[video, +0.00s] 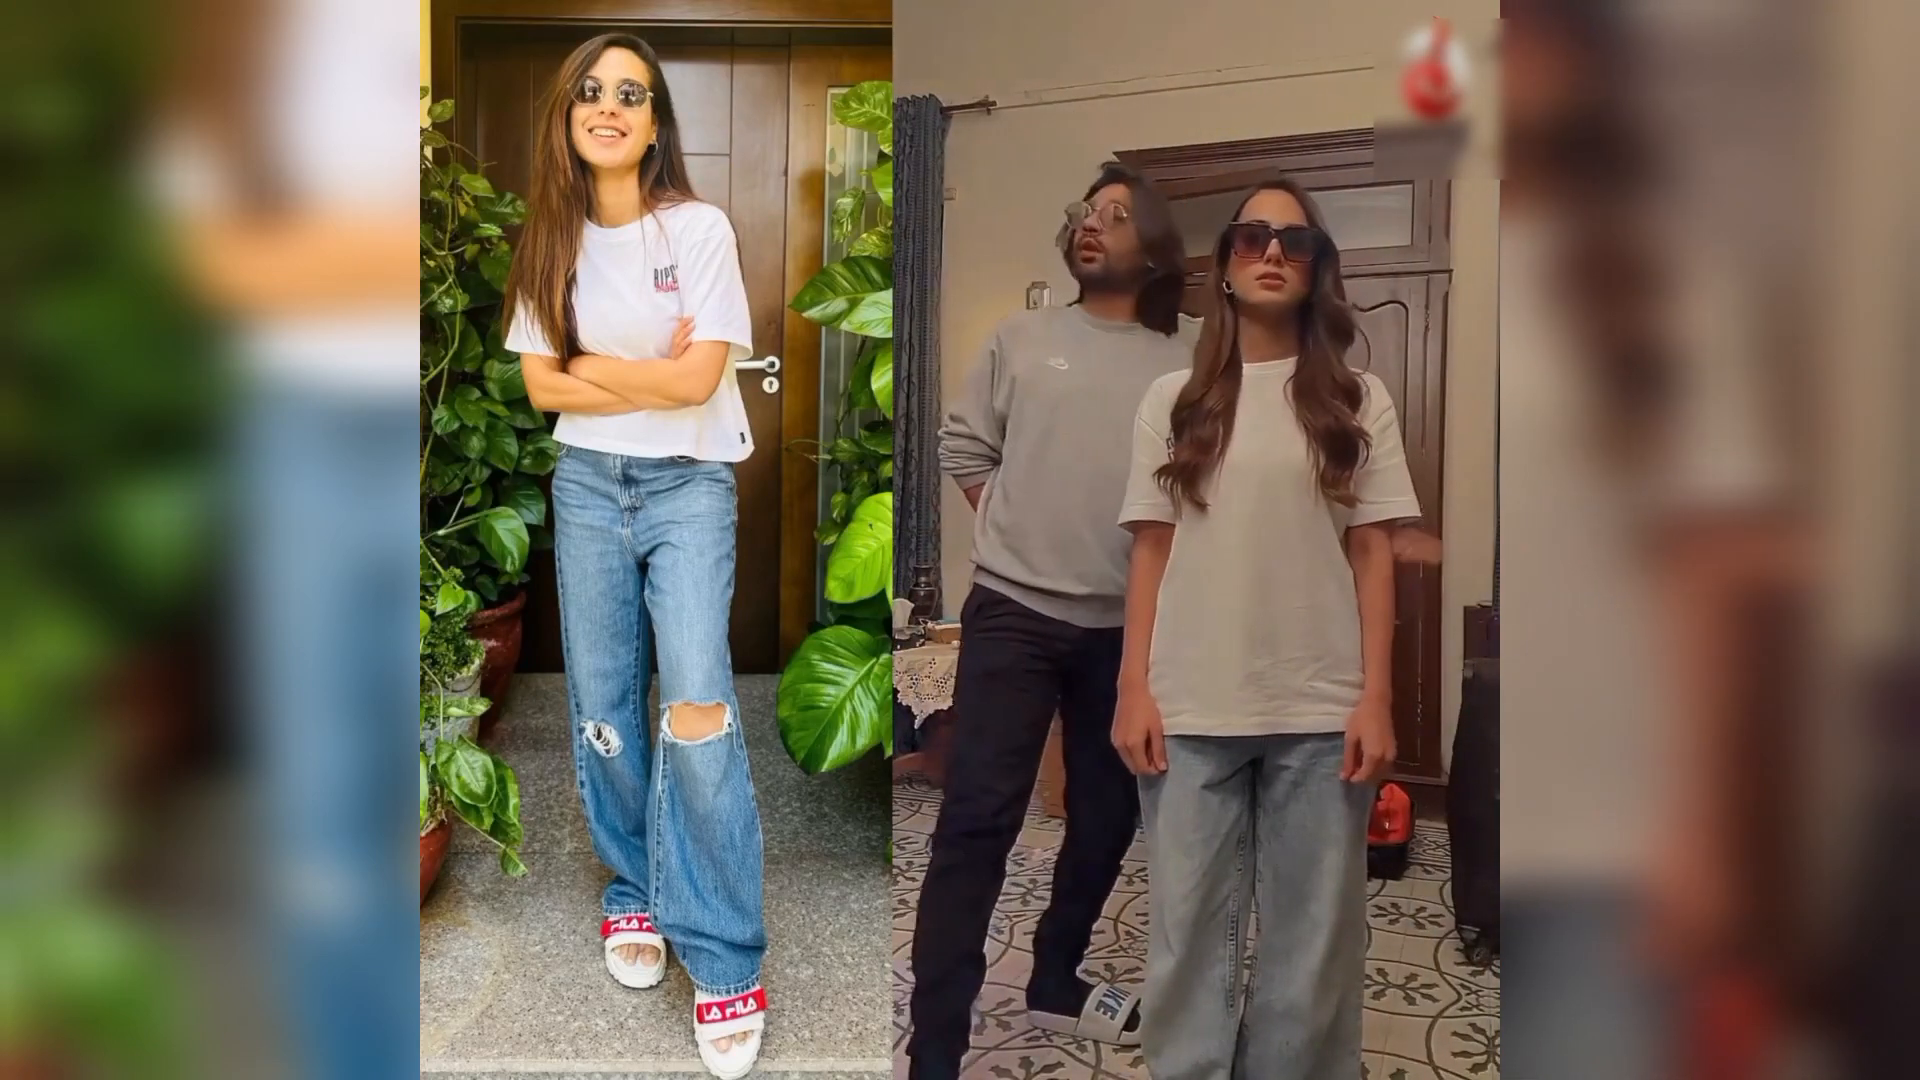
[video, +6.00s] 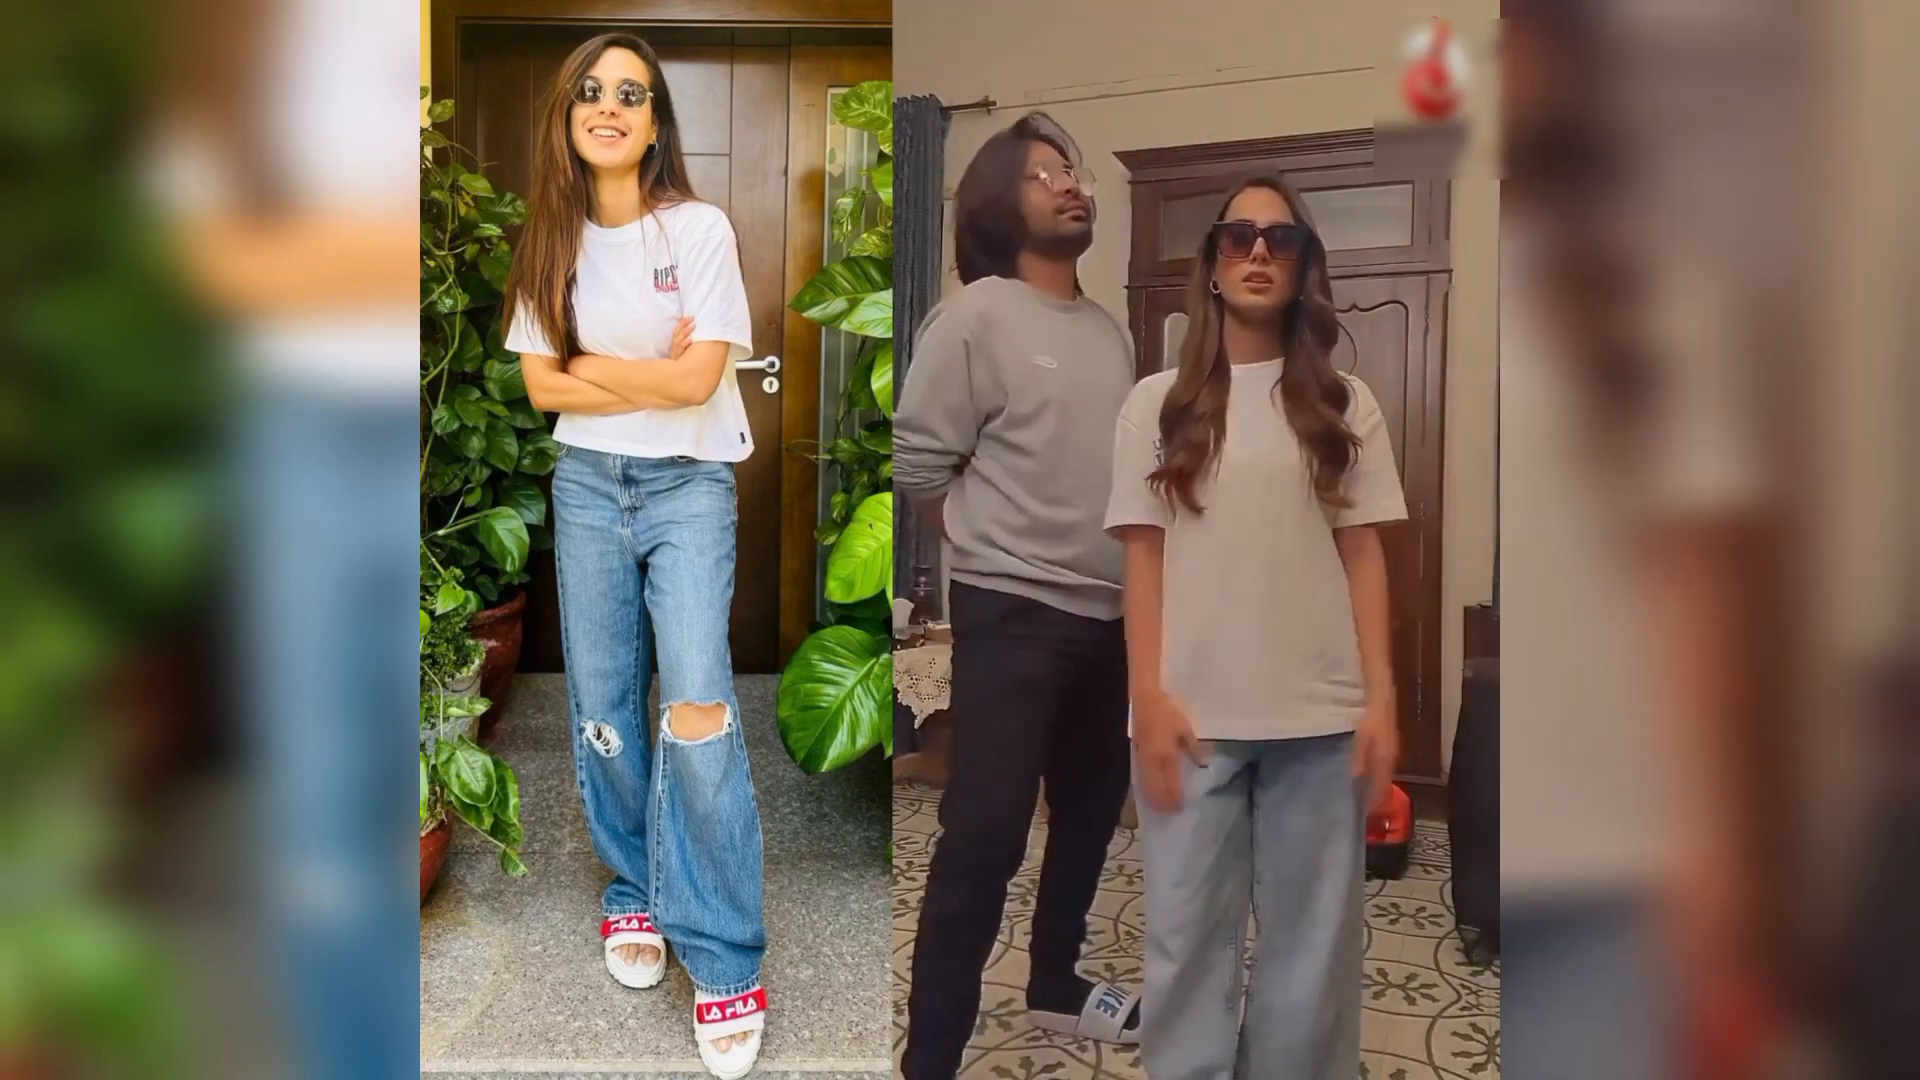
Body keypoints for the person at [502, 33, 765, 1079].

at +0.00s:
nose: (609, 111)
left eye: (629, 98)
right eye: (593, 95)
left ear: (656, 122)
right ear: (566, 117)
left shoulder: (699, 226)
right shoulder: (549, 240)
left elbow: (698, 378)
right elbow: (541, 385)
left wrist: (576, 362)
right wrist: (662, 379)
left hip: (689, 482)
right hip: (584, 484)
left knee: (694, 710)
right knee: (603, 708)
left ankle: (724, 958)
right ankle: (631, 892)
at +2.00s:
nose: (610, 111)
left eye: (629, 97)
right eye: (593, 95)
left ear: (656, 122)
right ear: (566, 117)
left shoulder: (699, 225)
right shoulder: (550, 239)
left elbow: (698, 378)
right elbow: (540, 385)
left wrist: (576, 362)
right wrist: (662, 378)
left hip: (689, 482)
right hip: (584, 484)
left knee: (695, 709)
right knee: (602, 708)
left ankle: (724, 955)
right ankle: (631, 890)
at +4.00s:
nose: (610, 111)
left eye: (630, 97)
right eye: (593, 95)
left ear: (656, 121)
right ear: (566, 117)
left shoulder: (699, 226)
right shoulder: (549, 240)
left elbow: (698, 378)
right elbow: (540, 385)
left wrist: (576, 362)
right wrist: (662, 378)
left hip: (689, 482)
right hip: (584, 484)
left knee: (695, 708)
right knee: (603, 708)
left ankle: (724, 955)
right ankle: (631, 889)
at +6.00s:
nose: (610, 111)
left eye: (630, 98)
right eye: (593, 95)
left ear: (656, 121)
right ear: (566, 117)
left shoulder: (699, 226)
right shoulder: (549, 240)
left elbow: (698, 378)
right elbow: (540, 385)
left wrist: (576, 363)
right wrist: (662, 378)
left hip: (689, 482)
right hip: (584, 484)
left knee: (694, 709)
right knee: (602, 708)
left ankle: (724, 957)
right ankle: (631, 891)